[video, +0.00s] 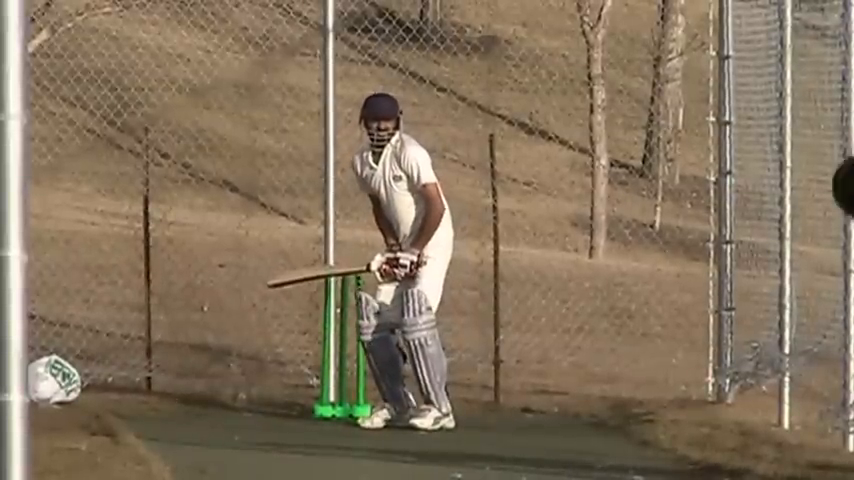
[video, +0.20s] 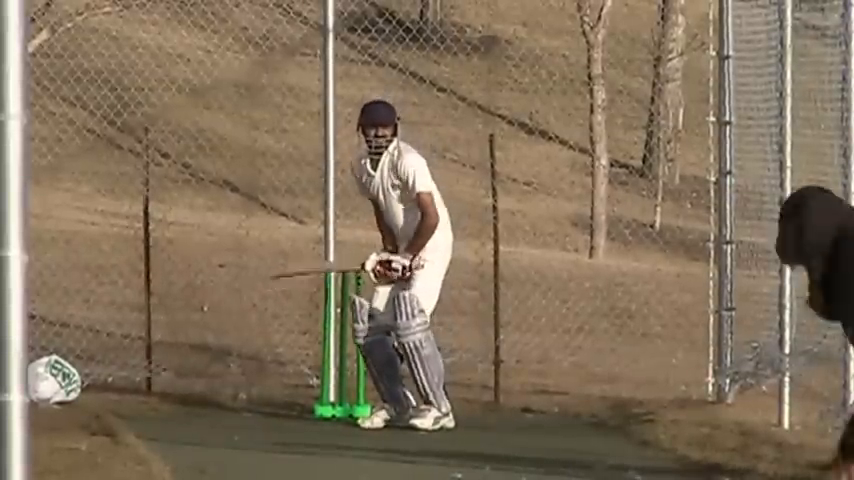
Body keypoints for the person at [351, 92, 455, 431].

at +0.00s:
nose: (379, 131)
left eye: (387, 125)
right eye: (373, 124)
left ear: (398, 124)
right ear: (364, 125)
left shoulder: (409, 153)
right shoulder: (361, 162)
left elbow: (436, 205)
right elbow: (378, 206)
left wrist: (415, 250)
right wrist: (392, 248)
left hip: (430, 242)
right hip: (399, 245)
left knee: (416, 318)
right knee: (373, 320)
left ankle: (438, 406)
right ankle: (397, 403)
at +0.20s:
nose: (376, 136)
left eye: (384, 129)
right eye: (369, 129)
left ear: (395, 130)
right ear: (361, 131)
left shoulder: (408, 161)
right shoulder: (362, 166)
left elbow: (431, 216)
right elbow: (381, 213)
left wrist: (408, 256)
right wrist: (389, 255)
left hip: (430, 246)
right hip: (398, 249)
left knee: (410, 318)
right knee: (372, 323)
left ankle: (437, 406)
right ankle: (396, 404)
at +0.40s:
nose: (377, 146)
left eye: (384, 139)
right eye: (370, 140)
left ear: (395, 139)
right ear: (361, 142)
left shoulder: (406, 173)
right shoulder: (369, 172)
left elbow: (404, 238)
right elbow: (382, 212)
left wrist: (374, 260)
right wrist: (366, 243)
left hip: (431, 257)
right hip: (397, 258)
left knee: (411, 327)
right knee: (369, 330)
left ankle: (439, 406)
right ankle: (397, 405)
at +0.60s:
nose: (395, 151)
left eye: (402, 144)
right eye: (388, 145)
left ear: (413, 144)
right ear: (379, 147)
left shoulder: (427, 178)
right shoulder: (376, 175)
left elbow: (403, 239)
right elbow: (375, 209)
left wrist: (358, 249)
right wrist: (354, 231)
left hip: (433, 267)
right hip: (394, 267)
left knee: (435, 330)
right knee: (357, 331)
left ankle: (441, 408)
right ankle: (394, 403)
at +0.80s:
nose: (416, 148)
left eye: (422, 141)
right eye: (408, 142)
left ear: (431, 138)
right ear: (396, 142)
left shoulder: (441, 147)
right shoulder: (402, 178)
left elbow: (463, 176)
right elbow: (431, 225)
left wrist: (480, 218)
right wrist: (467, 241)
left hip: (448, 256)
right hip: (409, 259)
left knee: (461, 322)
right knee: (390, 329)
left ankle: (450, 401)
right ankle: (362, 394)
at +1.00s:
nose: (456, 139)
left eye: (456, 133)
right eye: (451, 134)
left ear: (435, 133)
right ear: (434, 135)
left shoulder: (435, 152)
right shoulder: (429, 165)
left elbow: (478, 153)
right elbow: (485, 166)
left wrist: (521, 140)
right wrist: (524, 139)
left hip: (450, 251)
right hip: (423, 255)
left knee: (470, 326)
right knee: (412, 339)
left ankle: (451, 406)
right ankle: (368, 386)